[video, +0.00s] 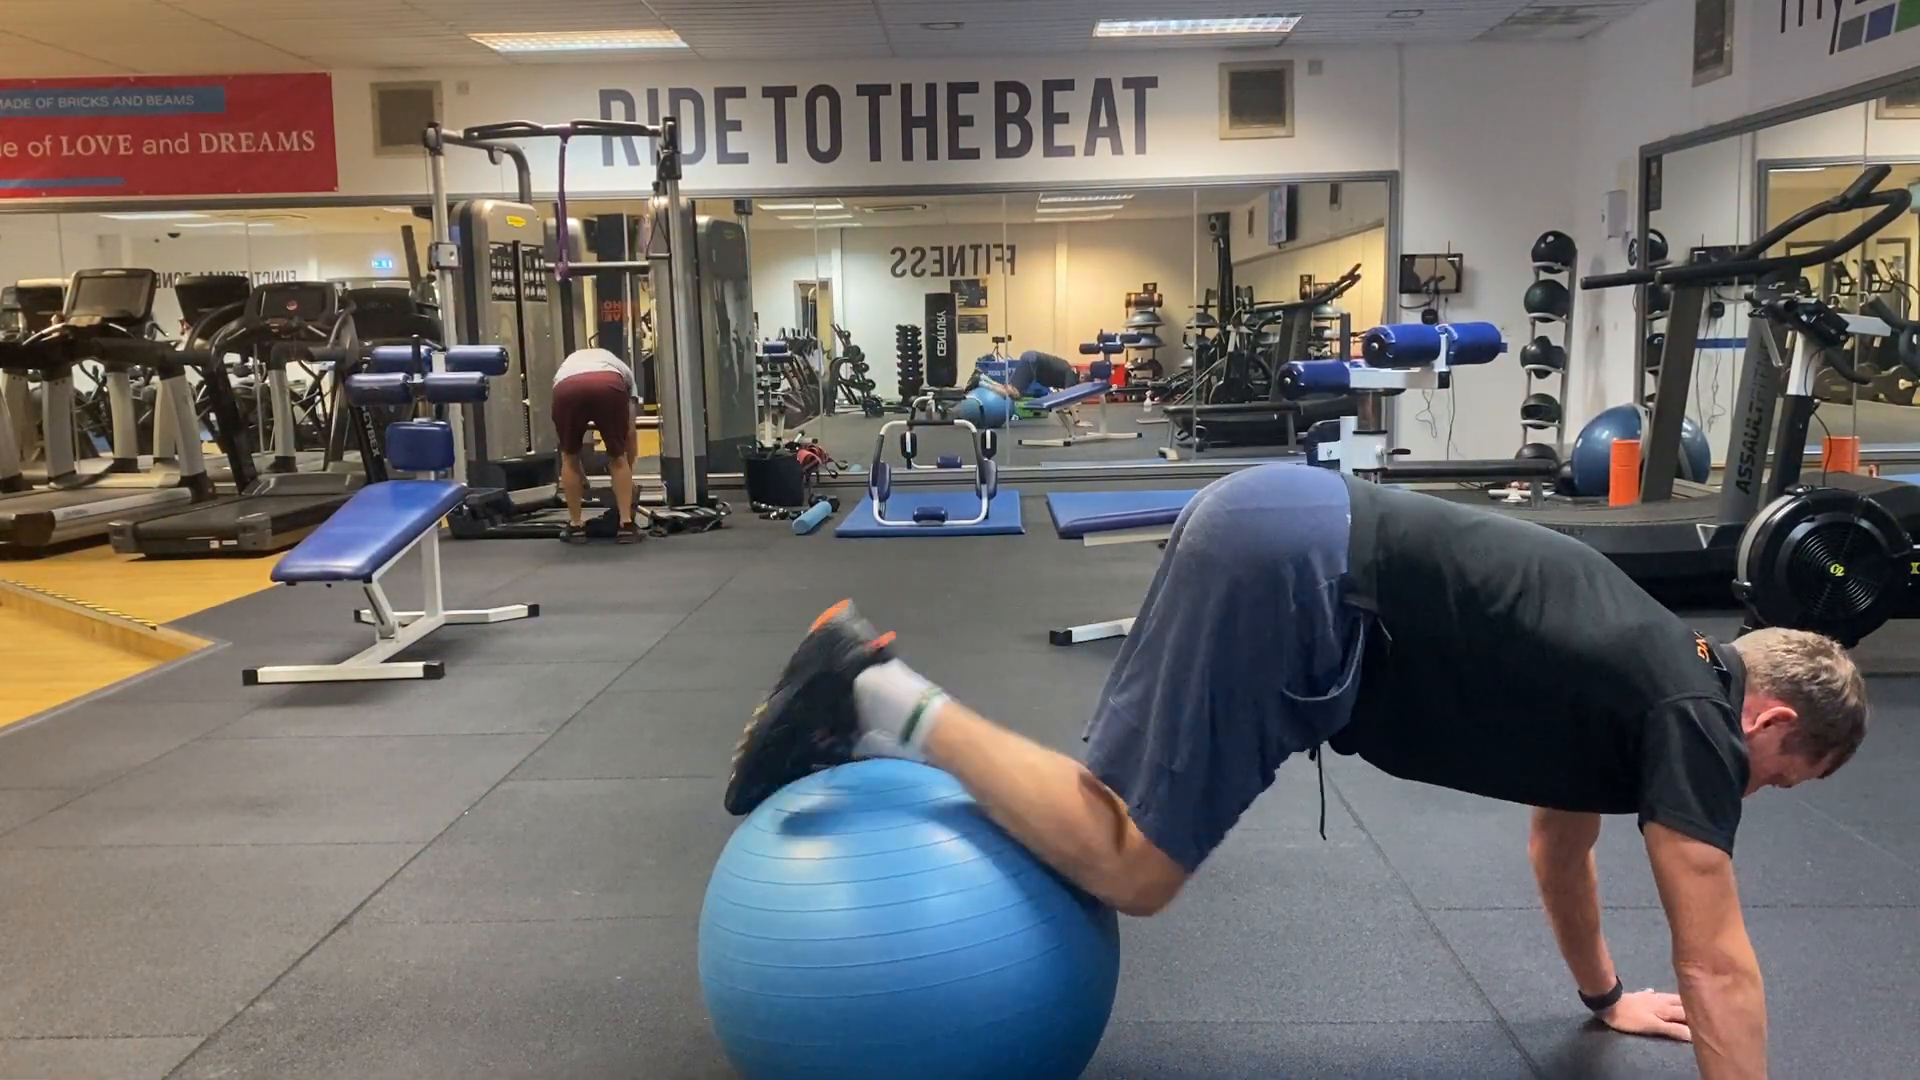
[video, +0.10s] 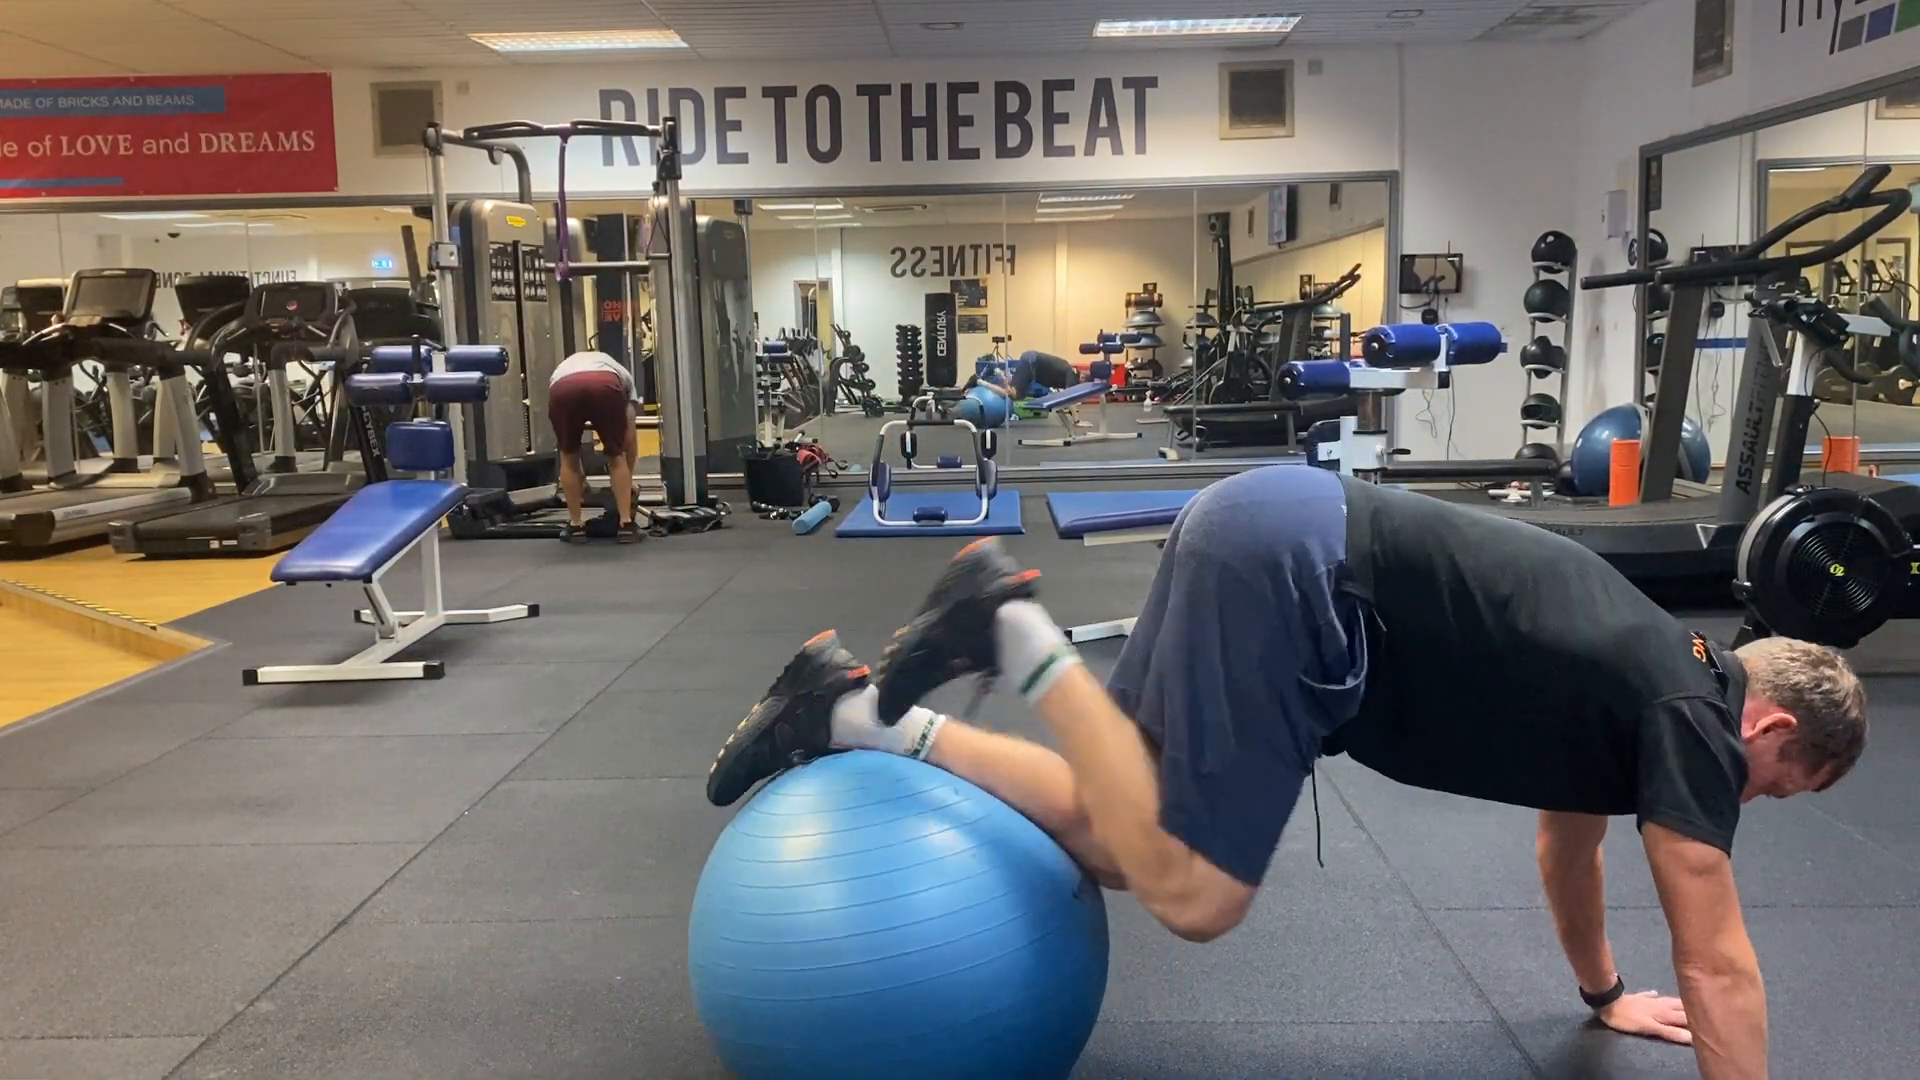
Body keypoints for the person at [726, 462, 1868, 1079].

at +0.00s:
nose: (1770, 788)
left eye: (1787, 776)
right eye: (1789, 771)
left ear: (1747, 674)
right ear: (1775, 718)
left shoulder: (1626, 649)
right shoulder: (1692, 710)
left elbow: (1561, 847)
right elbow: (1717, 974)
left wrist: (1609, 1000)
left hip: (1285, 509)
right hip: (1301, 556)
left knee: (1114, 816)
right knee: (1135, 871)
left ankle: (868, 685)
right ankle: (875, 689)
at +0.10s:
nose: (1768, 797)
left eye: (1786, 786)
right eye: (1786, 778)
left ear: (1745, 682)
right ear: (1768, 716)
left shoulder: (1627, 658)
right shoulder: (1685, 711)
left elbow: (1567, 848)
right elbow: (1719, 976)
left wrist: (1607, 993)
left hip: (1276, 518)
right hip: (1298, 556)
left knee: (1133, 826)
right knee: (1198, 899)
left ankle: (851, 712)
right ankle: (1016, 623)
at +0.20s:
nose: (1763, 813)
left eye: (1782, 804)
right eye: (1781, 793)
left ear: (1748, 692)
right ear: (1771, 733)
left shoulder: (1622, 666)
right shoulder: (1689, 710)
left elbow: (1560, 854)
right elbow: (1720, 975)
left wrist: (1607, 994)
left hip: (1271, 517)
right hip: (1316, 555)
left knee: (1085, 822)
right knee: (1251, 902)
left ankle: (817, 698)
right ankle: (1066, 616)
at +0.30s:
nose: (1765, 814)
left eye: (1787, 808)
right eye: (1787, 797)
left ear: (1760, 692)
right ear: (1784, 735)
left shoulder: (1637, 659)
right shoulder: (1700, 708)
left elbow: (1574, 842)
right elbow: (1723, 976)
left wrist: (1608, 993)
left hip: (1280, 508)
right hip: (1329, 551)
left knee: (1079, 797)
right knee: (1247, 887)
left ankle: (808, 687)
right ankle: (1005, 686)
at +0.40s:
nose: (1782, 809)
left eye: (1802, 802)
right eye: (1804, 793)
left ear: (1776, 691)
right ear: (1801, 732)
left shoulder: (1649, 652)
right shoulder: (1712, 709)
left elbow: (1580, 845)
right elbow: (1721, 979)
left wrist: (1609, 992)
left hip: (1290, 511)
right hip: (1338, 564)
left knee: (1096, 786)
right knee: (1228, 885)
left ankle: (818, 674)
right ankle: (987, 692)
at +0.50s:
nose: (1793, 811)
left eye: (1812, 803)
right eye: (1814, 794)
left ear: (1786, 701)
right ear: (1811, 731)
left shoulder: (1646, 650)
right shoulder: (1723, 700)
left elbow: (1576, 838)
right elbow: (1728, 975)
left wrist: (1605, 992)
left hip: (1292, 525)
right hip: (1339, 578)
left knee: (1119, 803)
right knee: (1214, 886)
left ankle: (833, 664)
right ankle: (955, 700)